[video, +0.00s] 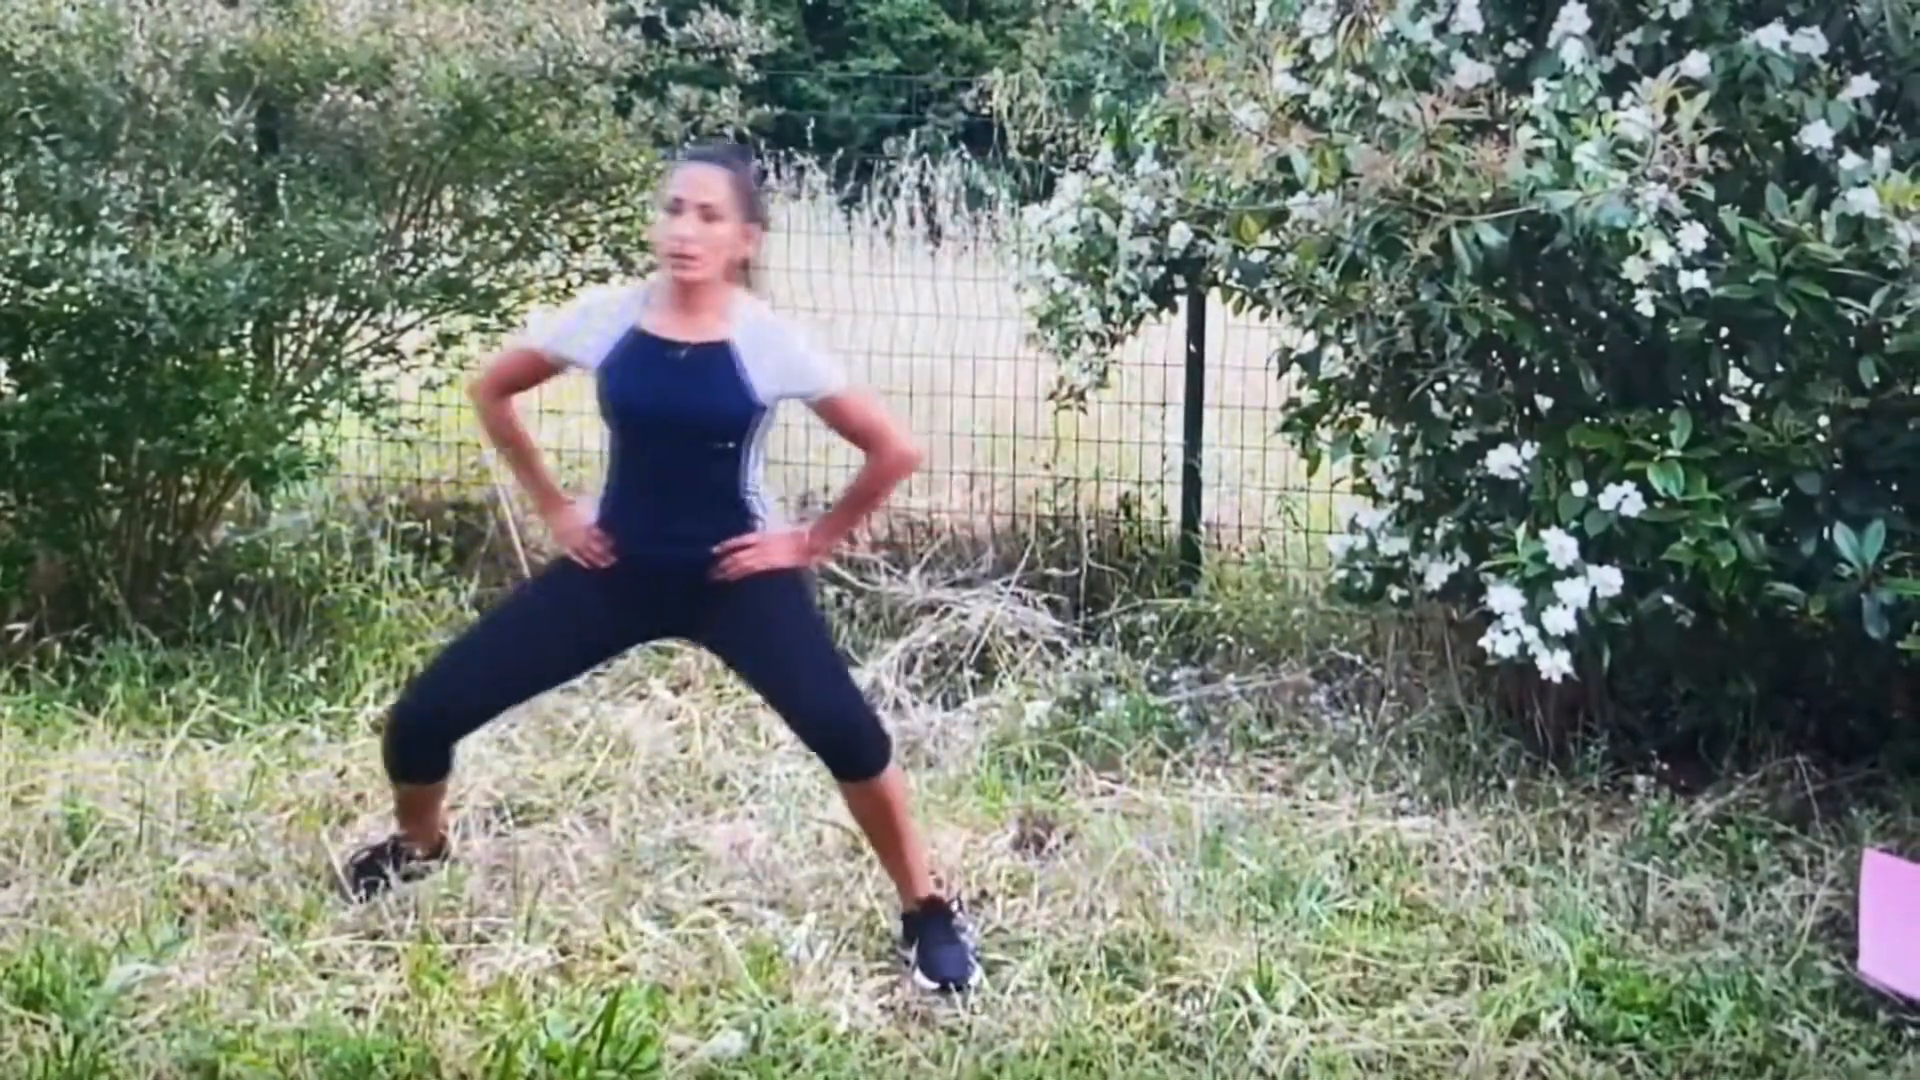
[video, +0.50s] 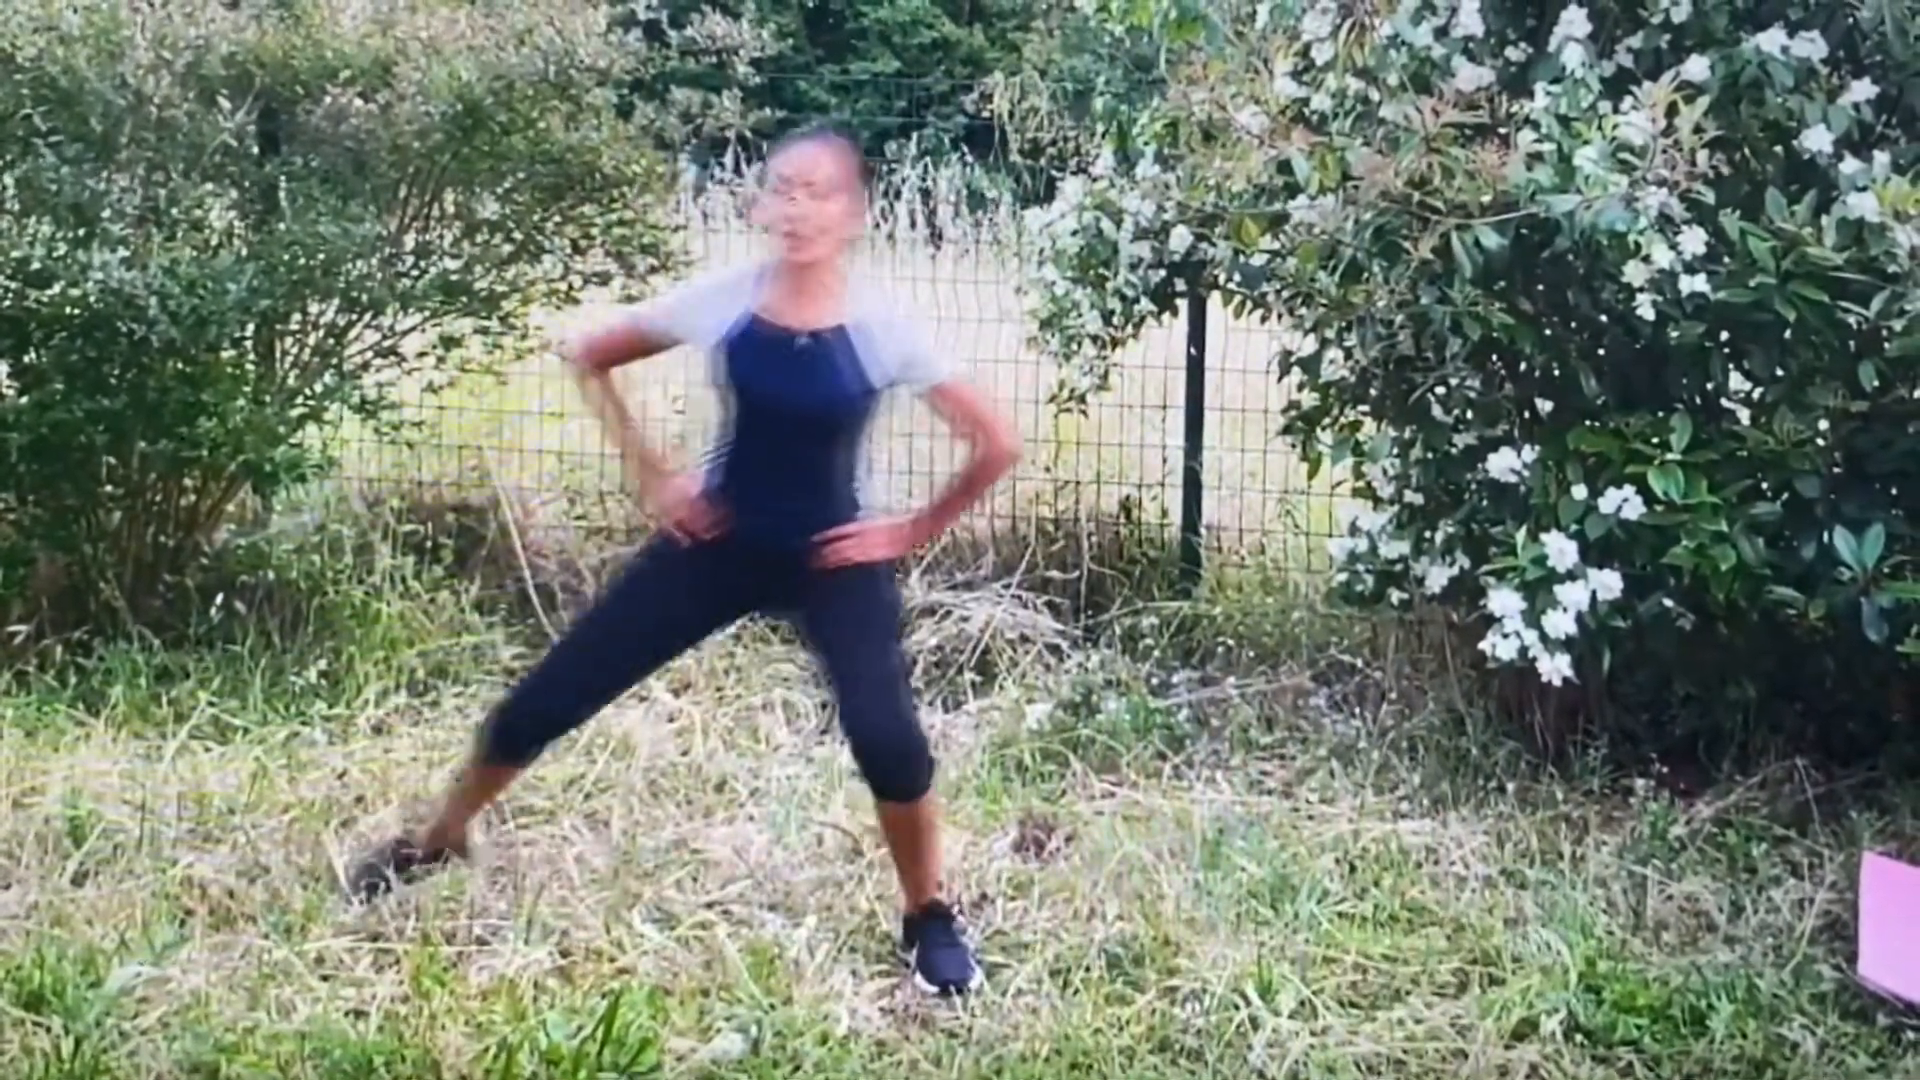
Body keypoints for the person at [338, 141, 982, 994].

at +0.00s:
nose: (683, 230)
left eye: (707, 216)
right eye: (673, 210)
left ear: (747, 241)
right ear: (654, 223)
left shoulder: (770, 342)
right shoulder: (608, 318)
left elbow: (898, 452)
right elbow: (489, 391)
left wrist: (814, 541)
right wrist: (557, 509)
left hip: (740, 584)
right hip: (615, 576)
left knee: (851, 735)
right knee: (417, 723)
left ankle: (924, 907)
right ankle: (418, 848)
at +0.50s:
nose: (796, 209)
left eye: (819, 193)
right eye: (783, 190)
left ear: (857, 215)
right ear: (762, 206)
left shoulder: (881, 328)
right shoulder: (723, 303)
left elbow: (1000, 444)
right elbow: (586, 355)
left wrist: (913, 531)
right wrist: (654, 474)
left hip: (838, 565)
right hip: (717, 550)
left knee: (893, 746)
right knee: (534, 710)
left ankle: (930, 917)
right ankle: (437, 841)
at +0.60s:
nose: (840, 189)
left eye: (864, 175)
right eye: (828, 171)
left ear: (903, 202)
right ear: (806, 189)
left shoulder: (931, 306)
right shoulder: (768, 284)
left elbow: (1041, 435)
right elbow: (638, 339)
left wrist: (955, 523)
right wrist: (703, 457)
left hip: (883, 548)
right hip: (768, 529)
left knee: (901, 740)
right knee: (586, 689)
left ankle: (926, 914)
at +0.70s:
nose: (861, 180)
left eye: (885, 165)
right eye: (848, 162)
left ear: (924, 191)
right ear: (830, 180)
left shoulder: (953, 296)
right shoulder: (792, 277)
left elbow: (1069, 420)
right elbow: (671, 339)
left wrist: (987, 512)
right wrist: (744, 459)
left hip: (919, 540)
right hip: (804, 526)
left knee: (923, 741)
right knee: (675, 692)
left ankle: (930, 917)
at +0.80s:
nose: (869, 171)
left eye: (892, 158)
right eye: (858, 154)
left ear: (930, 188)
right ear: (838, 174)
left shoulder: (967, 287)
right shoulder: (803, 281)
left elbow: (1093, 396)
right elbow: (689, 355)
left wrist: (1018, 496)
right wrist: (772, 472)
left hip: (952, 534)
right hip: (836, 531)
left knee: (986, 738)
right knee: (757, 732)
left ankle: (950, 909)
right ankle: (840, 911)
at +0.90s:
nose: (884, 177)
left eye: (909, 164)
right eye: (872, 160)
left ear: (946, 196)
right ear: (849, 183)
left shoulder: (984, 290)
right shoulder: (821, 292)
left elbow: (1124, 386)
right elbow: (711, 383)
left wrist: (1057, 490)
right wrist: (801, 490)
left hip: (988, 538)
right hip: (868, 545)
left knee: (1084, 705)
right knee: (779, 743)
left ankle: (1064, 867)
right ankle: (844, 917)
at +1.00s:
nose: (906, 201)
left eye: (931, 187)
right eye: (896, 183)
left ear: (973, 220)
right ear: (875, 204)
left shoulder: (1014, 314)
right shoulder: (856, 321)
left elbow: (1158, 400)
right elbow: (747, 411)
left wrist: (1092, 510)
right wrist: (838, 517)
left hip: (1028, 563)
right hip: (907, 570)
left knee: (1171, 723)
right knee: (791, 756)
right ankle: (843, 929)